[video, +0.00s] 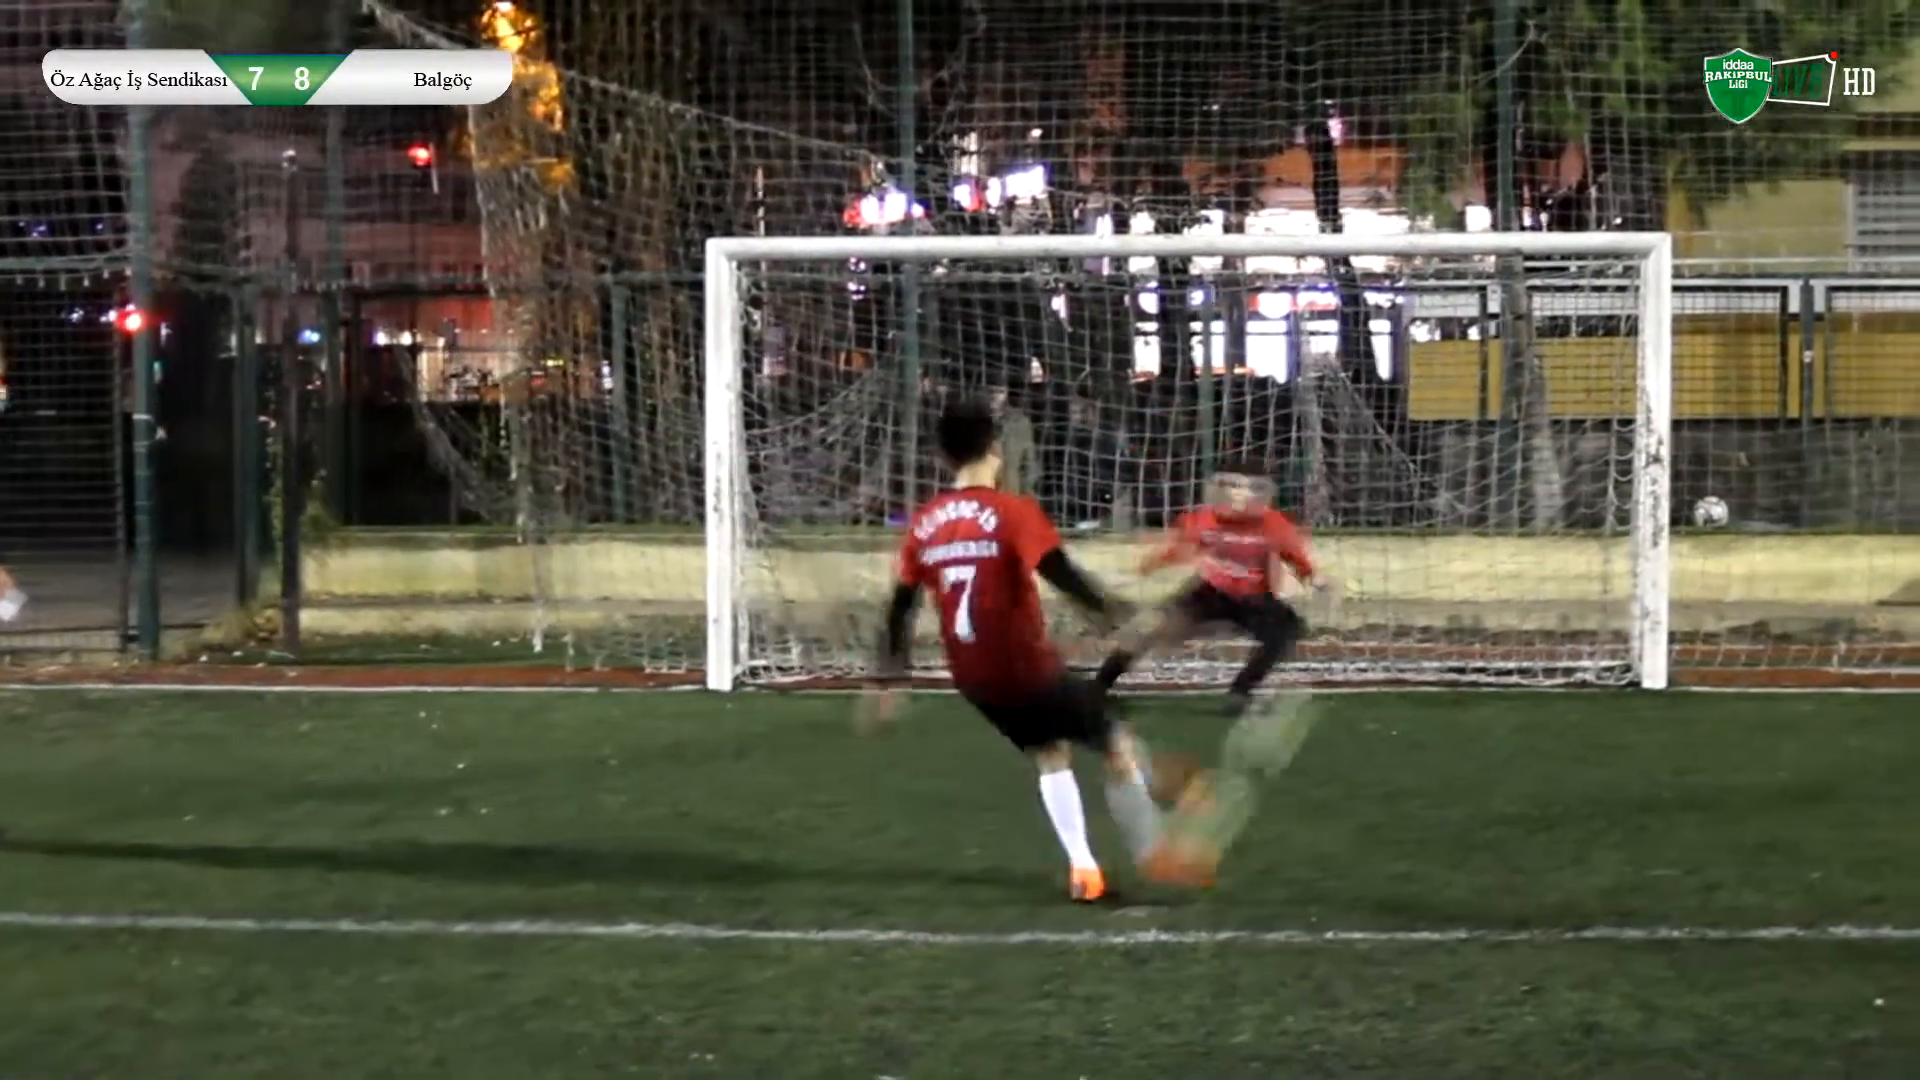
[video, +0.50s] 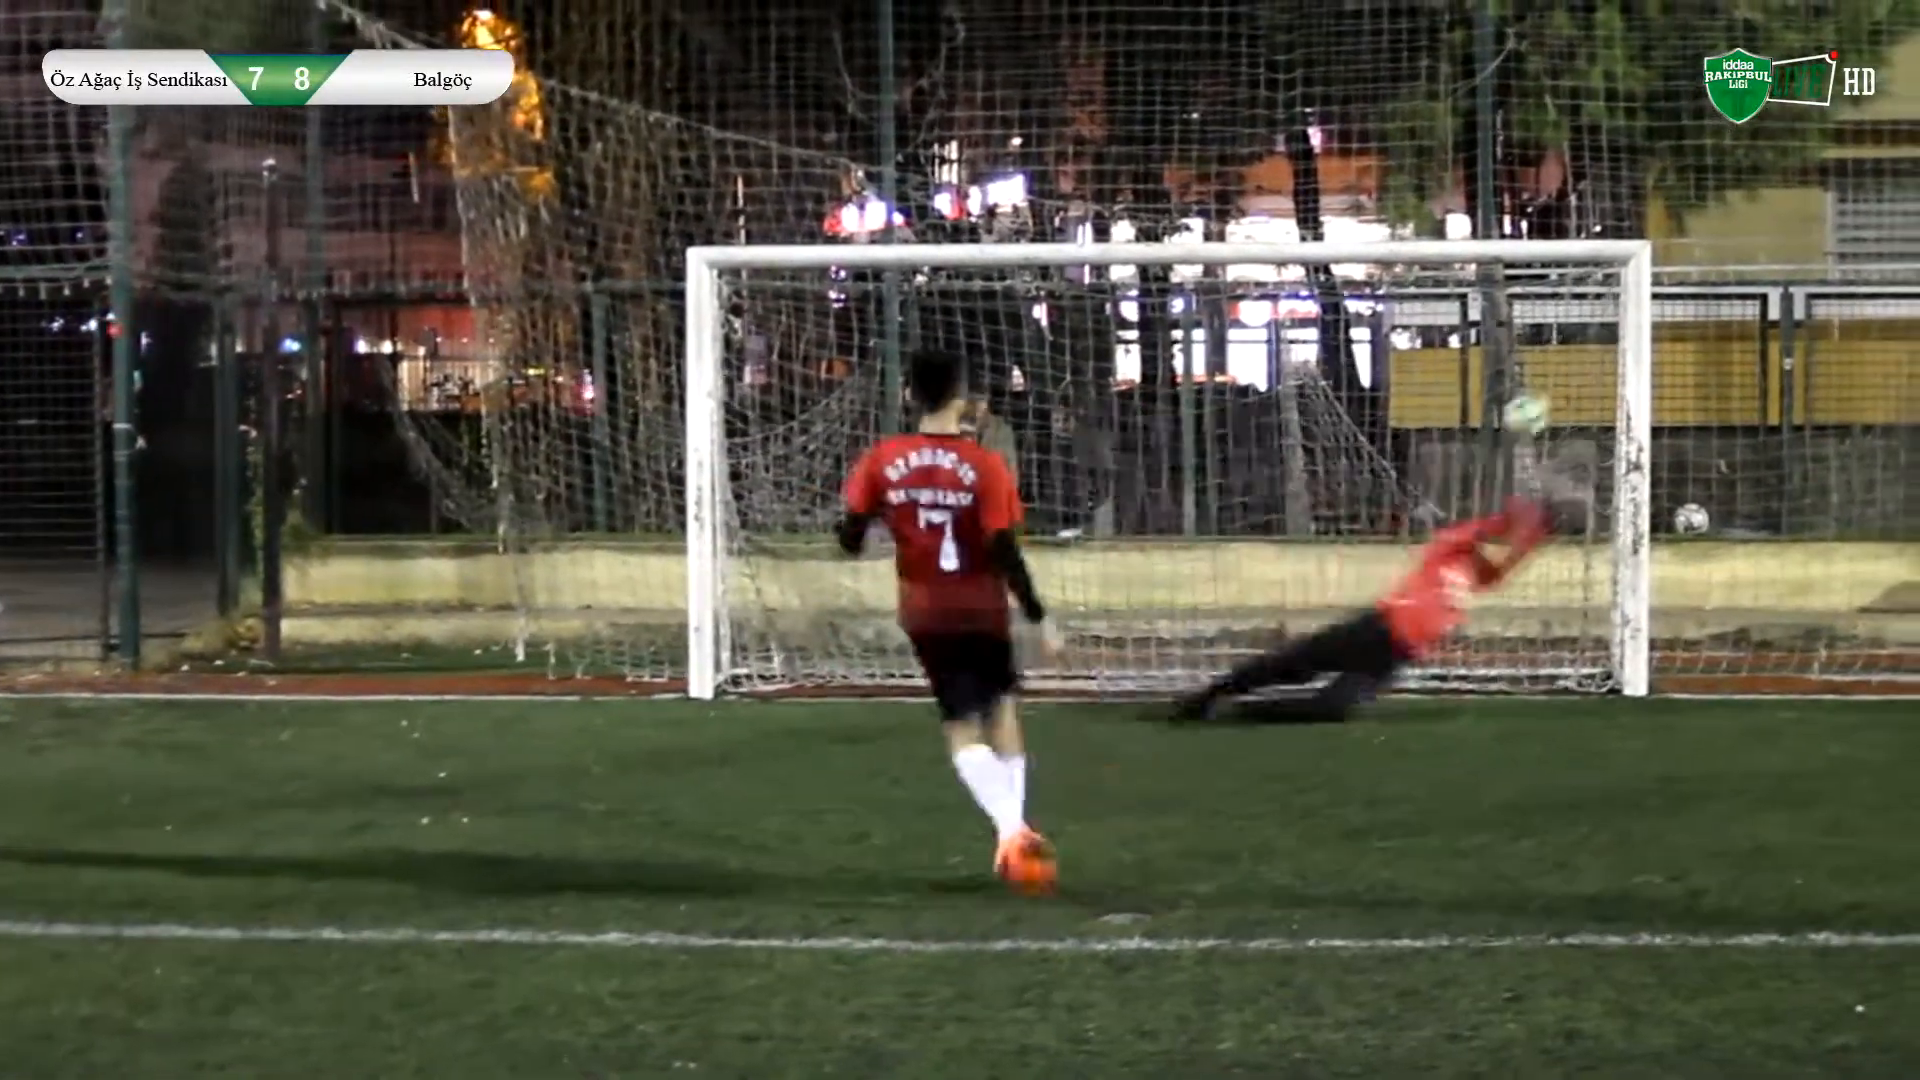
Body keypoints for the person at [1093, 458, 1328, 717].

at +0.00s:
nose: (1235, 495)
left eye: (1245, 488)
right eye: (1229, 486)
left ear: (1259, 495)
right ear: (1219, 489)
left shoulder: (1270, 524)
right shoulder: (1203, 520)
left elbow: (1296, 555)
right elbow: (1179, 548)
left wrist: (1313, 576)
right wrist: (1149, 564)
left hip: (1254, 601)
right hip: (1209, 595)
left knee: (1283, 631)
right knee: (1155, 627)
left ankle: (1240, 692)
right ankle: (1098, 687)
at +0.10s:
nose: (1282, 498)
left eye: (1291, 491)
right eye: (1275, 490)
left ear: (1303, 497)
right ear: (1262, 493)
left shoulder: (1314, 530)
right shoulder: (1242, 525)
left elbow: (1333, 585)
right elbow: (1199, 562)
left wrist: (1340, 568)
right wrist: (1222, 564)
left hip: (1272, 616)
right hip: (1229, 608)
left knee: (1300, 639)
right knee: (1180, 642)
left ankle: (1238, 694)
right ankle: (1112, 674)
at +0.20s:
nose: (1336, 508)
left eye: (1344, 502)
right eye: (1329, 498)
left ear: (1352, 508)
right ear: (1311, 499)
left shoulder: (1353, 542)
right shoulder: (1282, 529)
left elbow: (1382, 572)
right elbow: (1234, 560)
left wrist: (1397, 575)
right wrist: (1283, 552)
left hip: (1294, 623)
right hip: (1254, 614)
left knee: (1321, 664)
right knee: (1197, 648)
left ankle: (1250, 690)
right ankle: (1124, 674)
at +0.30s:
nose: (1378, 508)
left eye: (1387, 503)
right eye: (1374, 500)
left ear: (1398, 510)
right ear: (1360, 502)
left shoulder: (1395, 551)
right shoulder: (1342, 531)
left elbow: (1432, 580)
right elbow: (1328, 540)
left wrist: (1447, 559)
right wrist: (1366, 522)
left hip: (1321, 640)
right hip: (1287, 618)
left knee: (1339, 690)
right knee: (1217, 656)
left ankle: (1257, 694)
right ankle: (1133, 690)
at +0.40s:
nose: (1427, 531)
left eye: (1427, 525)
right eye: (1418, 522)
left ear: (1413, 530)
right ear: (1394, 525)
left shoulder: (1409, 561)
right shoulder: (1380, 544)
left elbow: (1457, 570)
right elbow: (1407, 512)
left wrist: (1495, 543)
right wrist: (1457, 507)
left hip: (1340, 649)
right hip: (1316, 629)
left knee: (1337, 704)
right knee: (1239, 662)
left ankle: (1257, 701)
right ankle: (1156, 691)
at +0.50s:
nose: (1491, 555)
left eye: (1492, 552)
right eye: (1488, 546)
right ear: (1481, 538)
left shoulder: (1473, 578)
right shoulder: (1449, 552)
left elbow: (1501, 572)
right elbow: (1466, 534)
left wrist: (1527, 543)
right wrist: (1508, 521)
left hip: (1390, 657)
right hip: (1373, 630)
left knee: (1332, 704)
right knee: (1291, 664)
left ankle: (1245, 713)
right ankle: (1210, 696)